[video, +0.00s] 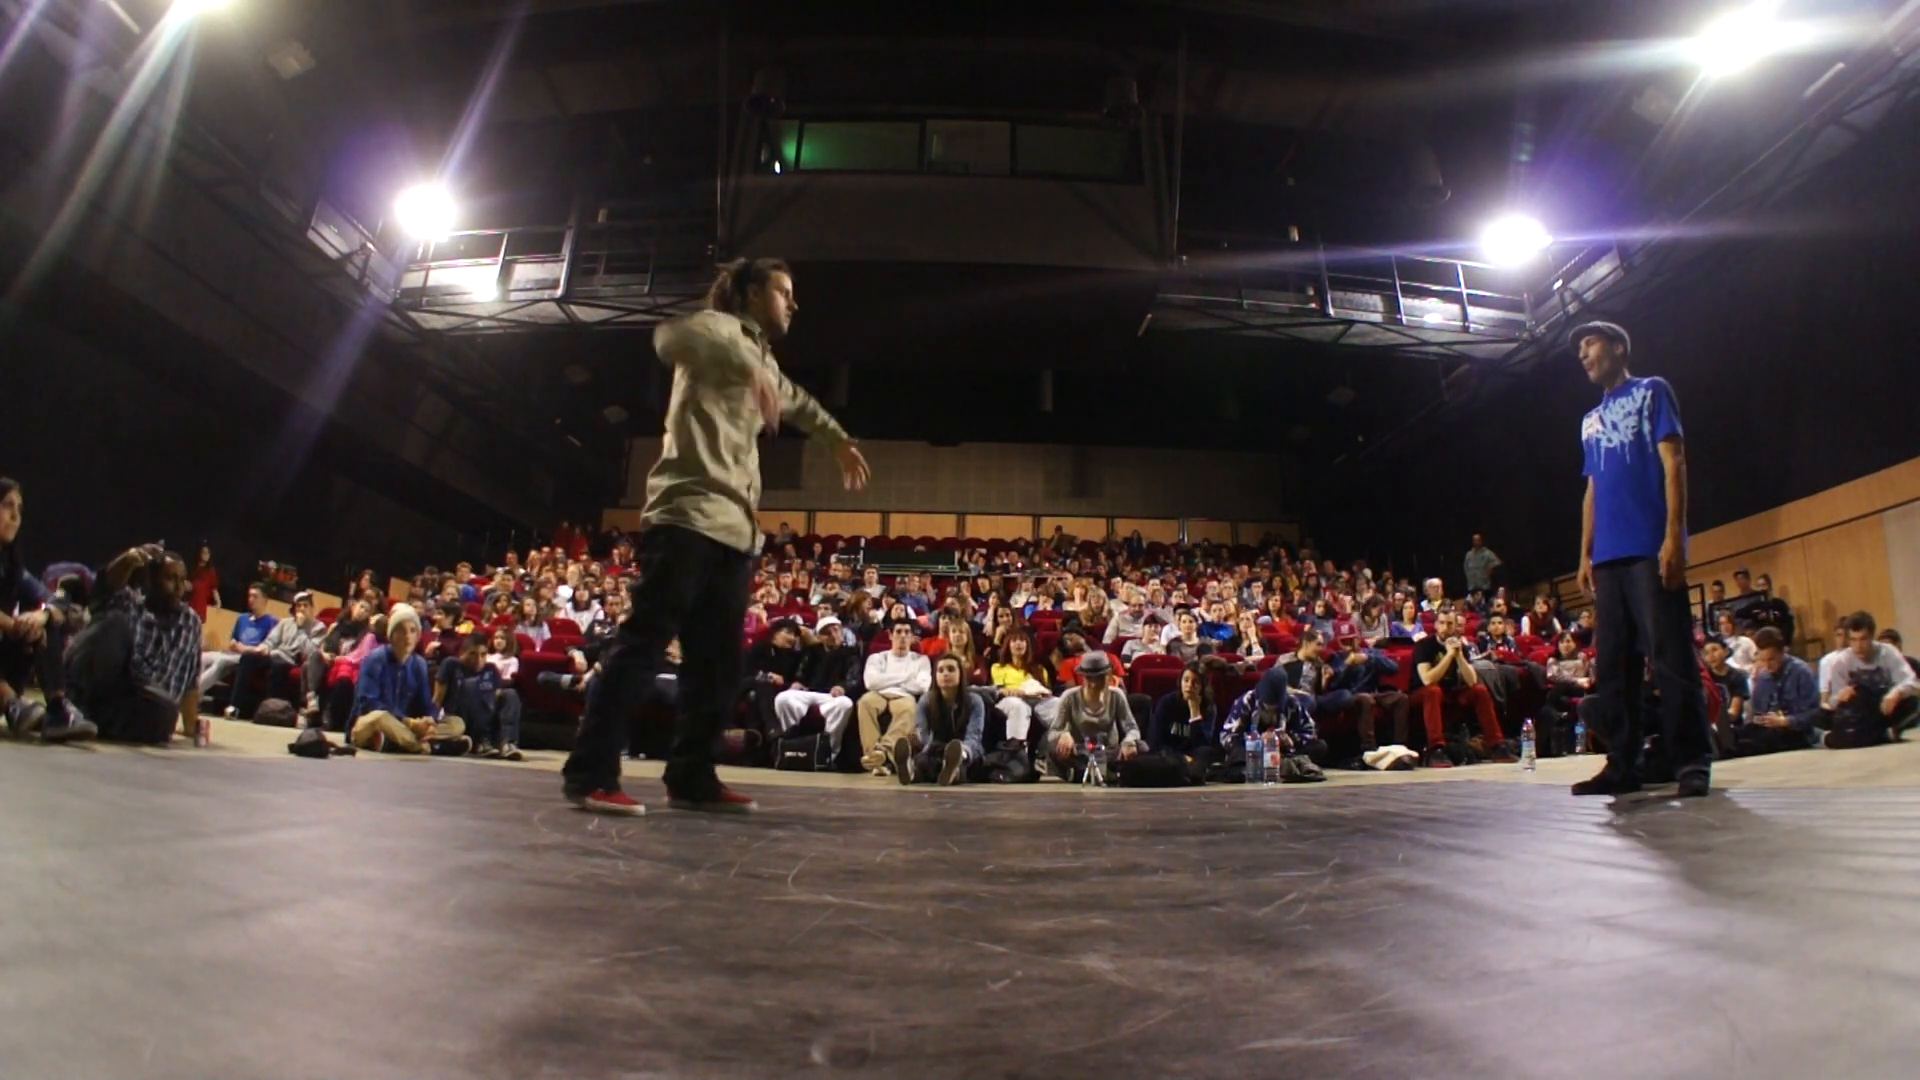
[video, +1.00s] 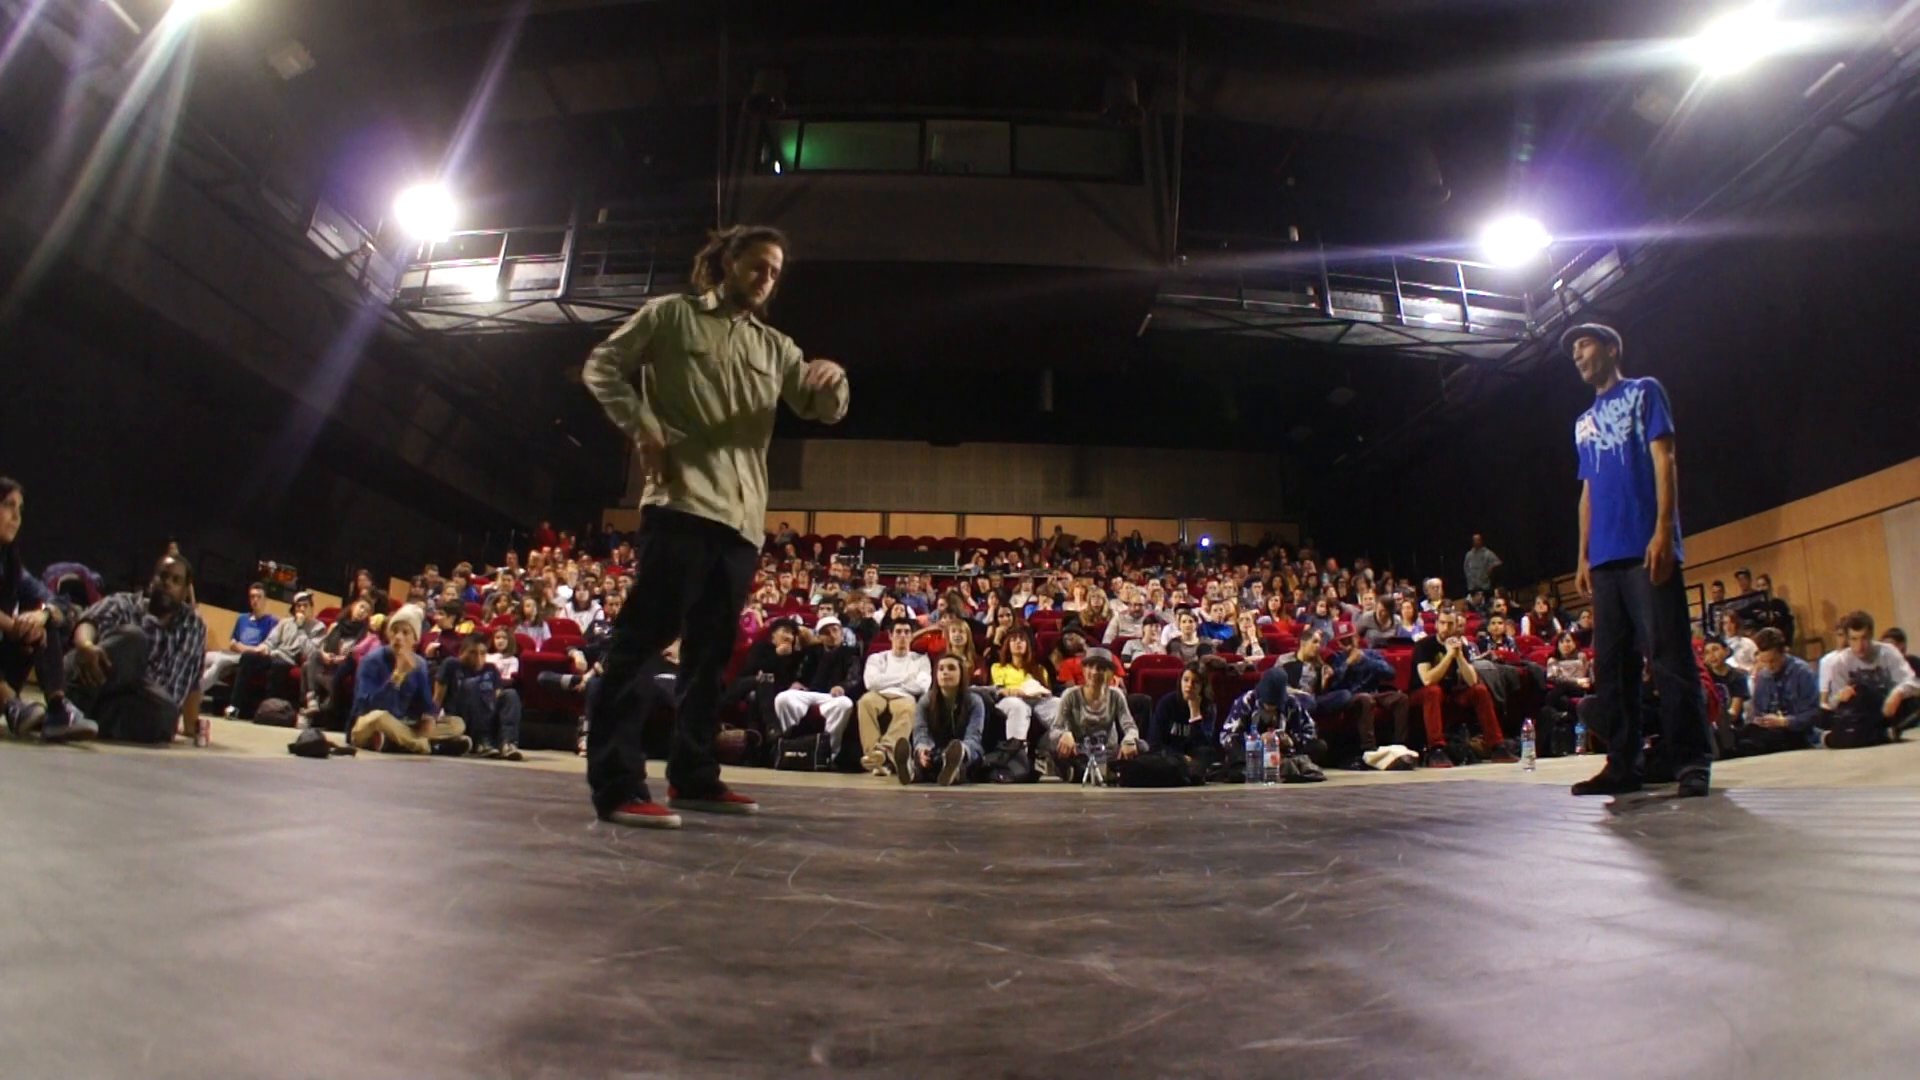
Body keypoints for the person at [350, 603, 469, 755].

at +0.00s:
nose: (408, 637)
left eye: (413, 631)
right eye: (401, 631)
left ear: (418, 635)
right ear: (391, 635)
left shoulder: (419, 664)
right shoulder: (375, 660)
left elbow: (426, 705)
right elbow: (368, 704)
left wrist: (429, 720)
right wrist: (407, 722)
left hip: (411, 725)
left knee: (457, 723)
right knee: (381, 718)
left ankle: (394, 743)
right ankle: (424, 748)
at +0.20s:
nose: (408, 637)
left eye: (413, 631)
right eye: (402, 631)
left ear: (418, 635)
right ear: (391, 635)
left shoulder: (419, 664)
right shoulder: (375, 660)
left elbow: (426, 704)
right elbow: (367, 704)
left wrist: (430, 720)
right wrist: (407, 722)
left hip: (412, 725)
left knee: (457, 723)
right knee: (381, 718)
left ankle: (394, 744)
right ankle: (425, 748)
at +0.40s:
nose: (409, 633)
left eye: (414, 628)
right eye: (402, 627)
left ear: (418, 634)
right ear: (391, 632)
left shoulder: (419, 664)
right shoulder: (375, 659)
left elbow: (426, 705)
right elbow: (367, 703)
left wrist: (430, 721)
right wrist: (407, 722)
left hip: (411, 726)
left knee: (457, 723)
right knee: (380, 718)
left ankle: (394, 744)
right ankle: (425, 748)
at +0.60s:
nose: (409, 634)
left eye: (413, 629)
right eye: (402, 628)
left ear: (418, 634)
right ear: (391, 632)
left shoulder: (419, 664)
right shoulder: (375, 658)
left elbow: (426, 704)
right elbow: (367, 703)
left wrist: (429, 720)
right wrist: (407, 722)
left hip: (412, 724)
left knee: (457, 724)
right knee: (381, 718)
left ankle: (396, 744)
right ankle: (425, 748)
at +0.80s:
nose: (400, 636)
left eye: (407, 631)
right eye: (396, 630)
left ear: (417, 638)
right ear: (390, 633)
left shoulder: (420, 665)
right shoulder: (375, 659)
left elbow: (426, 705)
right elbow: (366, 704)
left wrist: (428, 719)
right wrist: (405, 715)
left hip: (410, 724)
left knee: (457, 724)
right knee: (380, 718)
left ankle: (393, 743)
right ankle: (428, 747)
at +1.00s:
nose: (398, 637)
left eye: (405, 633)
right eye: (394, 631)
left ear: (415, 639)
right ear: (388, 633)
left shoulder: (419, 664)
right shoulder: (372, 660)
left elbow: (426, 706)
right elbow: (367, 705)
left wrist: (428, 720)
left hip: (404, 724)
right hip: (366, 725)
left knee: (457, 724)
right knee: (380, 717)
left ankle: (393, 744)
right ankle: (428, 747)